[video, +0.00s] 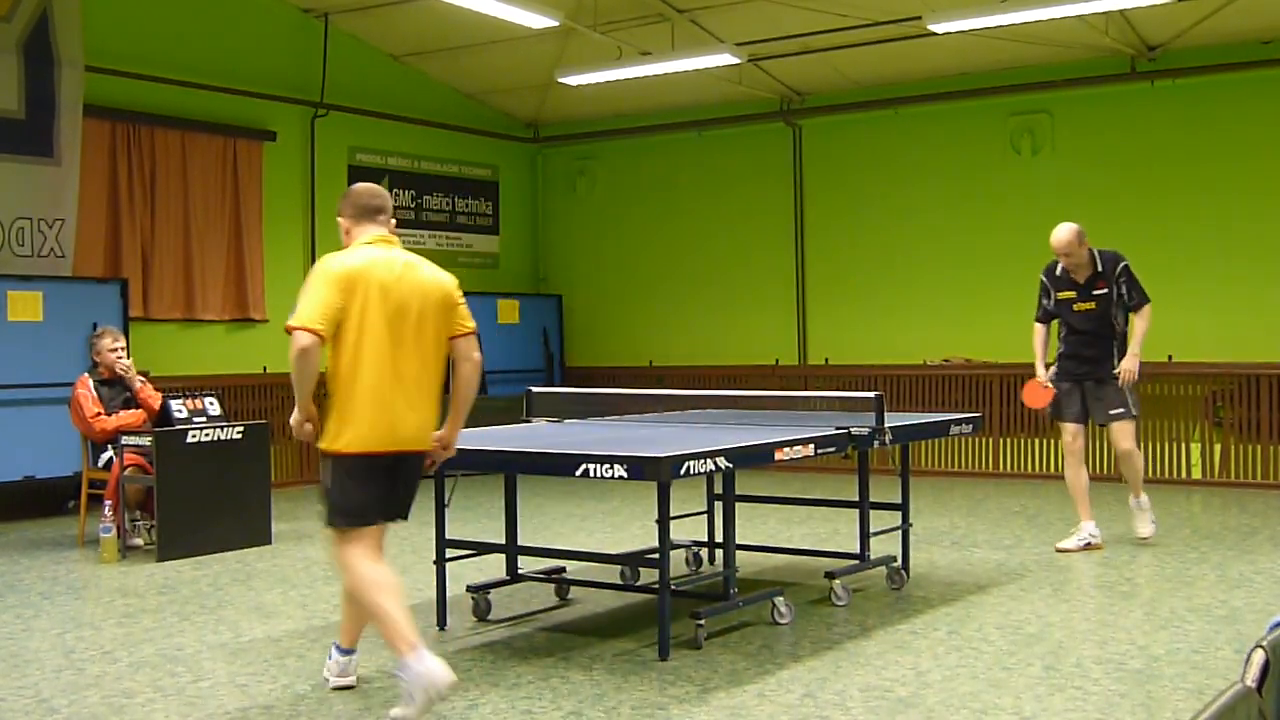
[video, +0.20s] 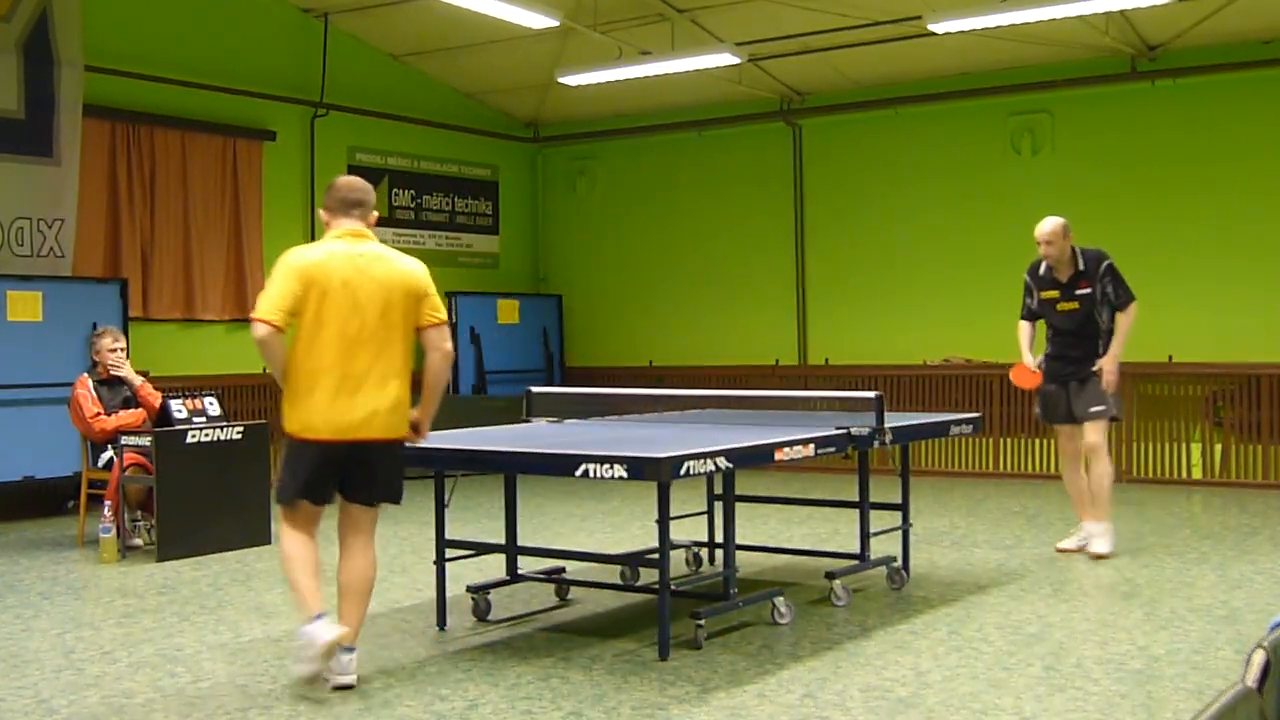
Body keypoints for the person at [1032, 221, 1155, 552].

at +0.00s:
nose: (1063, 264)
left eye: (1068, 257)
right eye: (1058, 258)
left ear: (1084, 247)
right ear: (1054, 252)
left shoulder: (1113, 264)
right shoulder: (1051, 275)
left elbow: (1142, 308)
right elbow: (1042, 322)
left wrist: (1133, 353)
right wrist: (1040, 366)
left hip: (1111, 369)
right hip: (1068, 371)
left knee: (1126, 448)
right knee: (1072, 445)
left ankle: (1139, 501)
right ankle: (1087, 526)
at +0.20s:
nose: (1043, 250)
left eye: (1049, 243)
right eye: (1039, 244)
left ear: (1068, 241)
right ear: (1037, 243)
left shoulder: (1096, 264)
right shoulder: (1036, 273)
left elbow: (1127, 307)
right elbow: (1027, 318)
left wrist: (1113, 357)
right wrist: (1027, 353)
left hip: (1094, 366)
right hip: (1056, 368)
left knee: (1094, 444)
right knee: (1068, 448)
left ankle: (1101, 528)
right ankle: (1085, 526)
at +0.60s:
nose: (1014, 246)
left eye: (1022, 240)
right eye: (1012, 240)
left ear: (1042, 244)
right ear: (1011, 243)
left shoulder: (1064, 271)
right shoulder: (1012, 274)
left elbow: (1090, 319)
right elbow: (1010, 315)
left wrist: (1073, 372)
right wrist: (1005, 347)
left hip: (1056, 373)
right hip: (1025, 371)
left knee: (1049, 454)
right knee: (1017, 451)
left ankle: (1049, 541)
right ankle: (1067, 513)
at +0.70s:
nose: (1005, 244)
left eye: (1012, 238)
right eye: (1002, 238)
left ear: (1032, 242)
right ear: (1000, 242)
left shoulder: (1052, 271)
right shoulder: (1003, 272)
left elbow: (1077, 322)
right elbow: (1005, 309)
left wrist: (1062, 372)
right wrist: (996, 340)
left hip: (1051, 370)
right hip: (1019, 367)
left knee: (1046, 452)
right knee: (999, 442)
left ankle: (1049, 540)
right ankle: (1036, 510)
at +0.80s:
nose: (1000, 245)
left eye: (1007, 239)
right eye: (996, 240)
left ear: (1025, 242)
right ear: (992, 244)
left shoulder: (1044, 271)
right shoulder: (996, 273)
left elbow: (1071, 322)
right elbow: (999, 307)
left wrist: (1057, 371)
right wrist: (988, 334)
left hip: (1048, 369)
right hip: (1016, 366)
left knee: (1043, 450)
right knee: (993, 439)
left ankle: (1049, 540)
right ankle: (1012, 517)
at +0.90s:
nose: (989, 251)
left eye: (996, 244)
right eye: (984, 245)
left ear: (1012, 248)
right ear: (979, 250)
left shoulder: (1032, 274)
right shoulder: (982, 278)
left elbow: (1062, 324)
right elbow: (986, 310)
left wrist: (1050, 374)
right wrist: (973, 329)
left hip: (1040, 370)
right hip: (1008, 369)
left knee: (1039, 451)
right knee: (988, 443)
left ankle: (1048, 541)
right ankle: (970, 523)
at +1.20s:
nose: (962, 266)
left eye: (969, 260)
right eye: (957, 261)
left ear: (984, 261)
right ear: (952, 263)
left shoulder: (1008, 286)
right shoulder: (951, 290)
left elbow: (1043, 330)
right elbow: (941, 326)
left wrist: (1032, 382)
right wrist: (940, 338)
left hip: (1017, 375)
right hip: (978, 376)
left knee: (1028, 451)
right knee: (951, 446)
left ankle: (1046, 540)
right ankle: (952, 529)